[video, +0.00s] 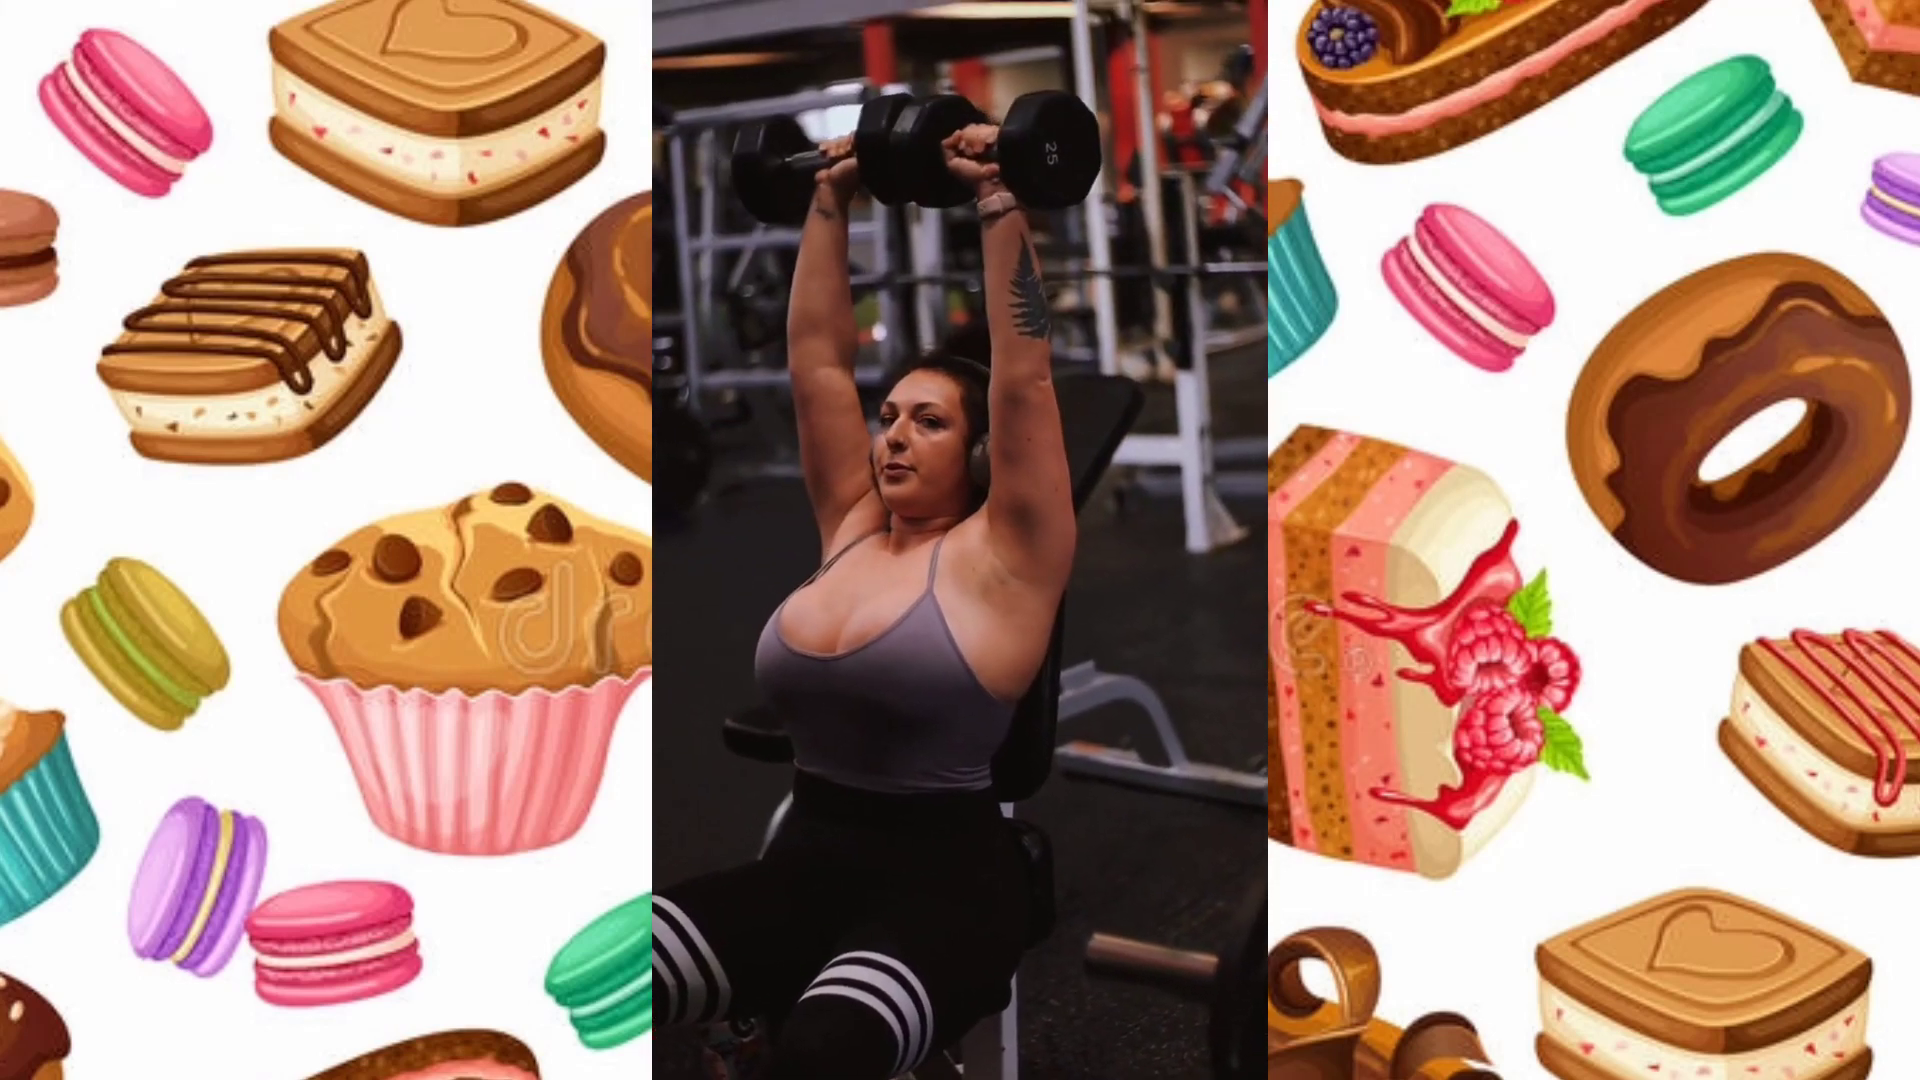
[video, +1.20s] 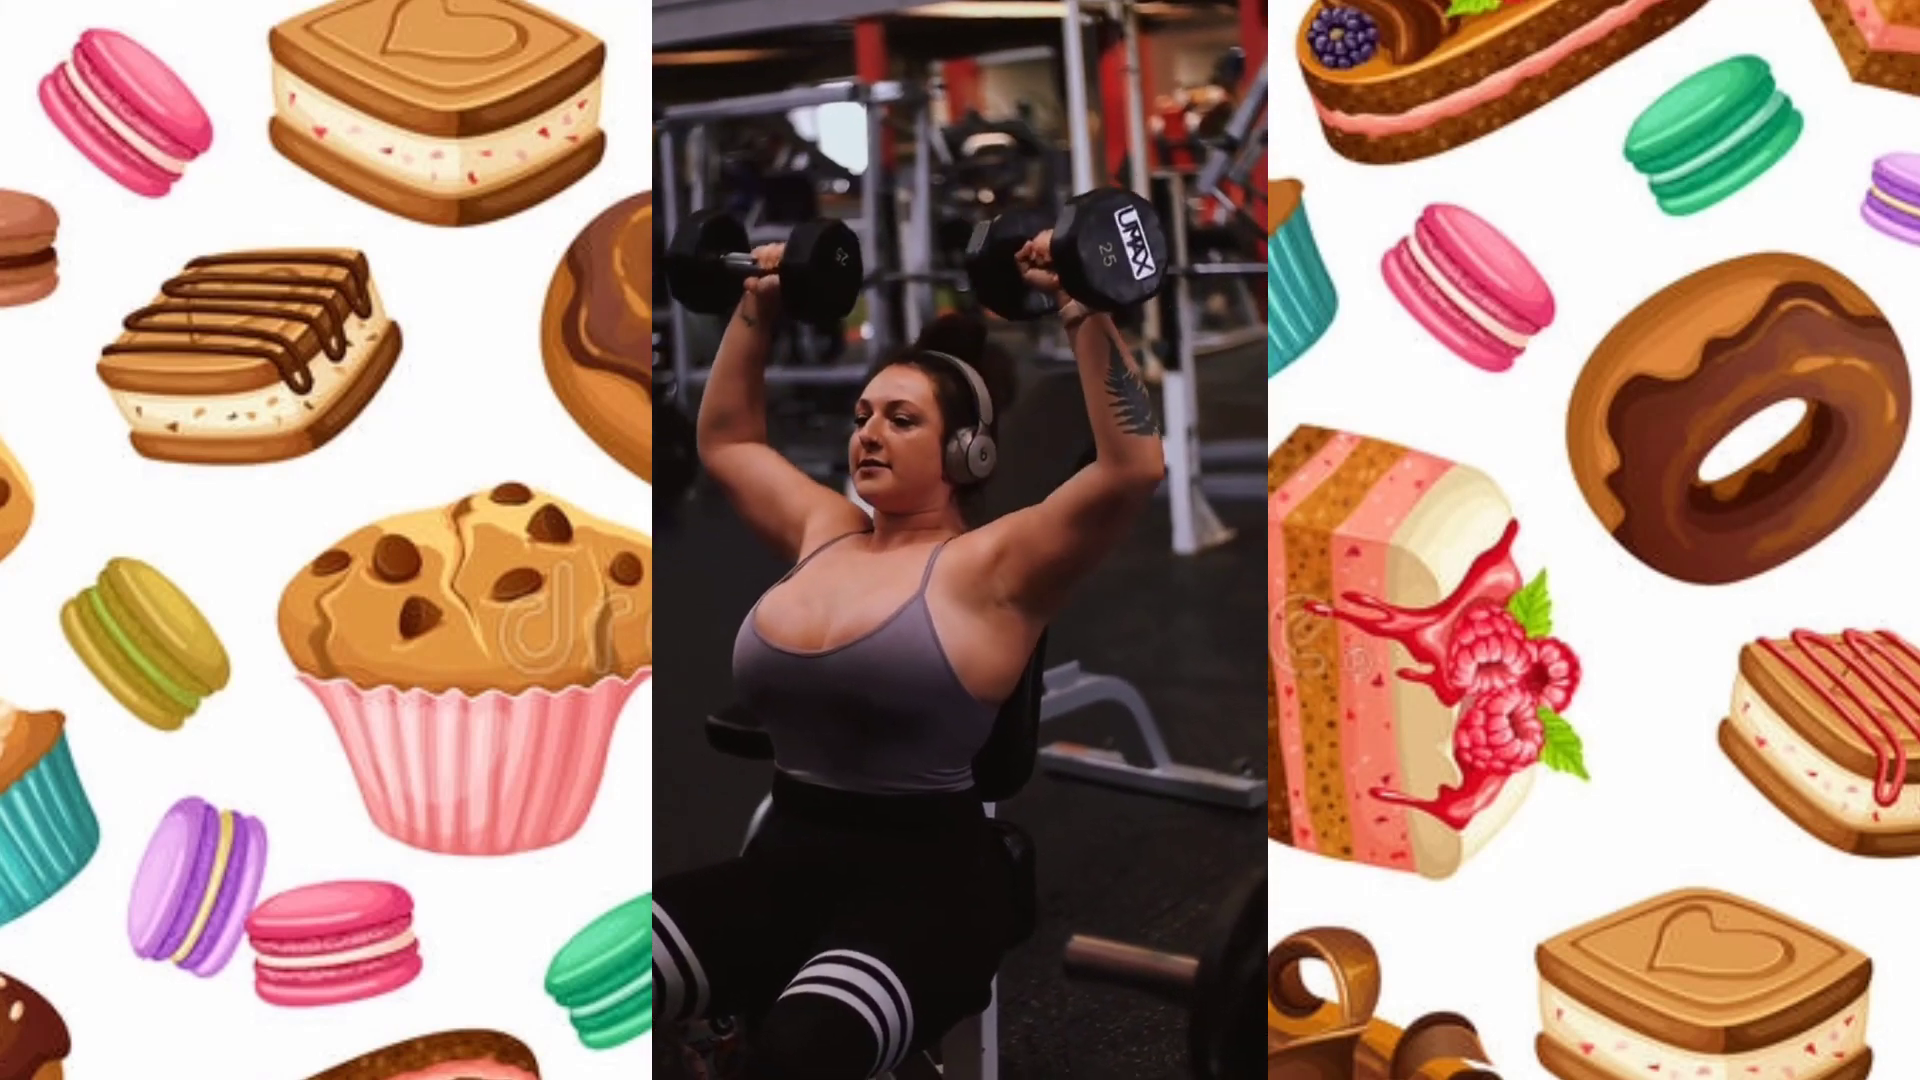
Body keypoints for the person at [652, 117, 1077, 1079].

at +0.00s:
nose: (894, 435)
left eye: (927, 421)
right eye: (889, 417)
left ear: (982, 447)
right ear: (873, 438)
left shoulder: (1011, 549)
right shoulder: (853, 523)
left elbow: (1023, 377)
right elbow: (818, 362)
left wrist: (999, 208)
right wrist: (829, 200)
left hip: (946, 880)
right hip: (812, 864)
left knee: (825, 1043)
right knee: (606, 974)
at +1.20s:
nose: (867, 432)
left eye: (900, 418)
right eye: (862, 415)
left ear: (962, 449)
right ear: (851, 433)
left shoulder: (995, 568)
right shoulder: (824, 528)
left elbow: (1133, 468)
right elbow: (728, 439)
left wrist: (1082, 305)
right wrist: (755, 307)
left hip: (928, 881)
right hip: (791, 864)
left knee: (801, 1044)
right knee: (591, 972)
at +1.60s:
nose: (859, 426)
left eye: (891, 409)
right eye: (853, 406)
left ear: (955, 436)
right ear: (842, 422)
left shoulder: (992, 561)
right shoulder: (817, 532)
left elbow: (1162, 596)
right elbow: (711, 532)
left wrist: (1123, 437)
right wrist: (730, 403)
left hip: (926, 873)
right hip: (787, 856)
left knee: (793, 1040)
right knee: (598, 962)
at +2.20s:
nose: (862, 383)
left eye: (895, 366)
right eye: (857, 362)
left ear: (964, 396)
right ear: (845, 379)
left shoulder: (998, 522)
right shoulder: (814, 486)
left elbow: (1167, 507)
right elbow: (701, 449)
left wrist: (1117, 341)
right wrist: (731, 311)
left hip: (933, 854)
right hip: (786, 834)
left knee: (787, 1031)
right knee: (587, 947)